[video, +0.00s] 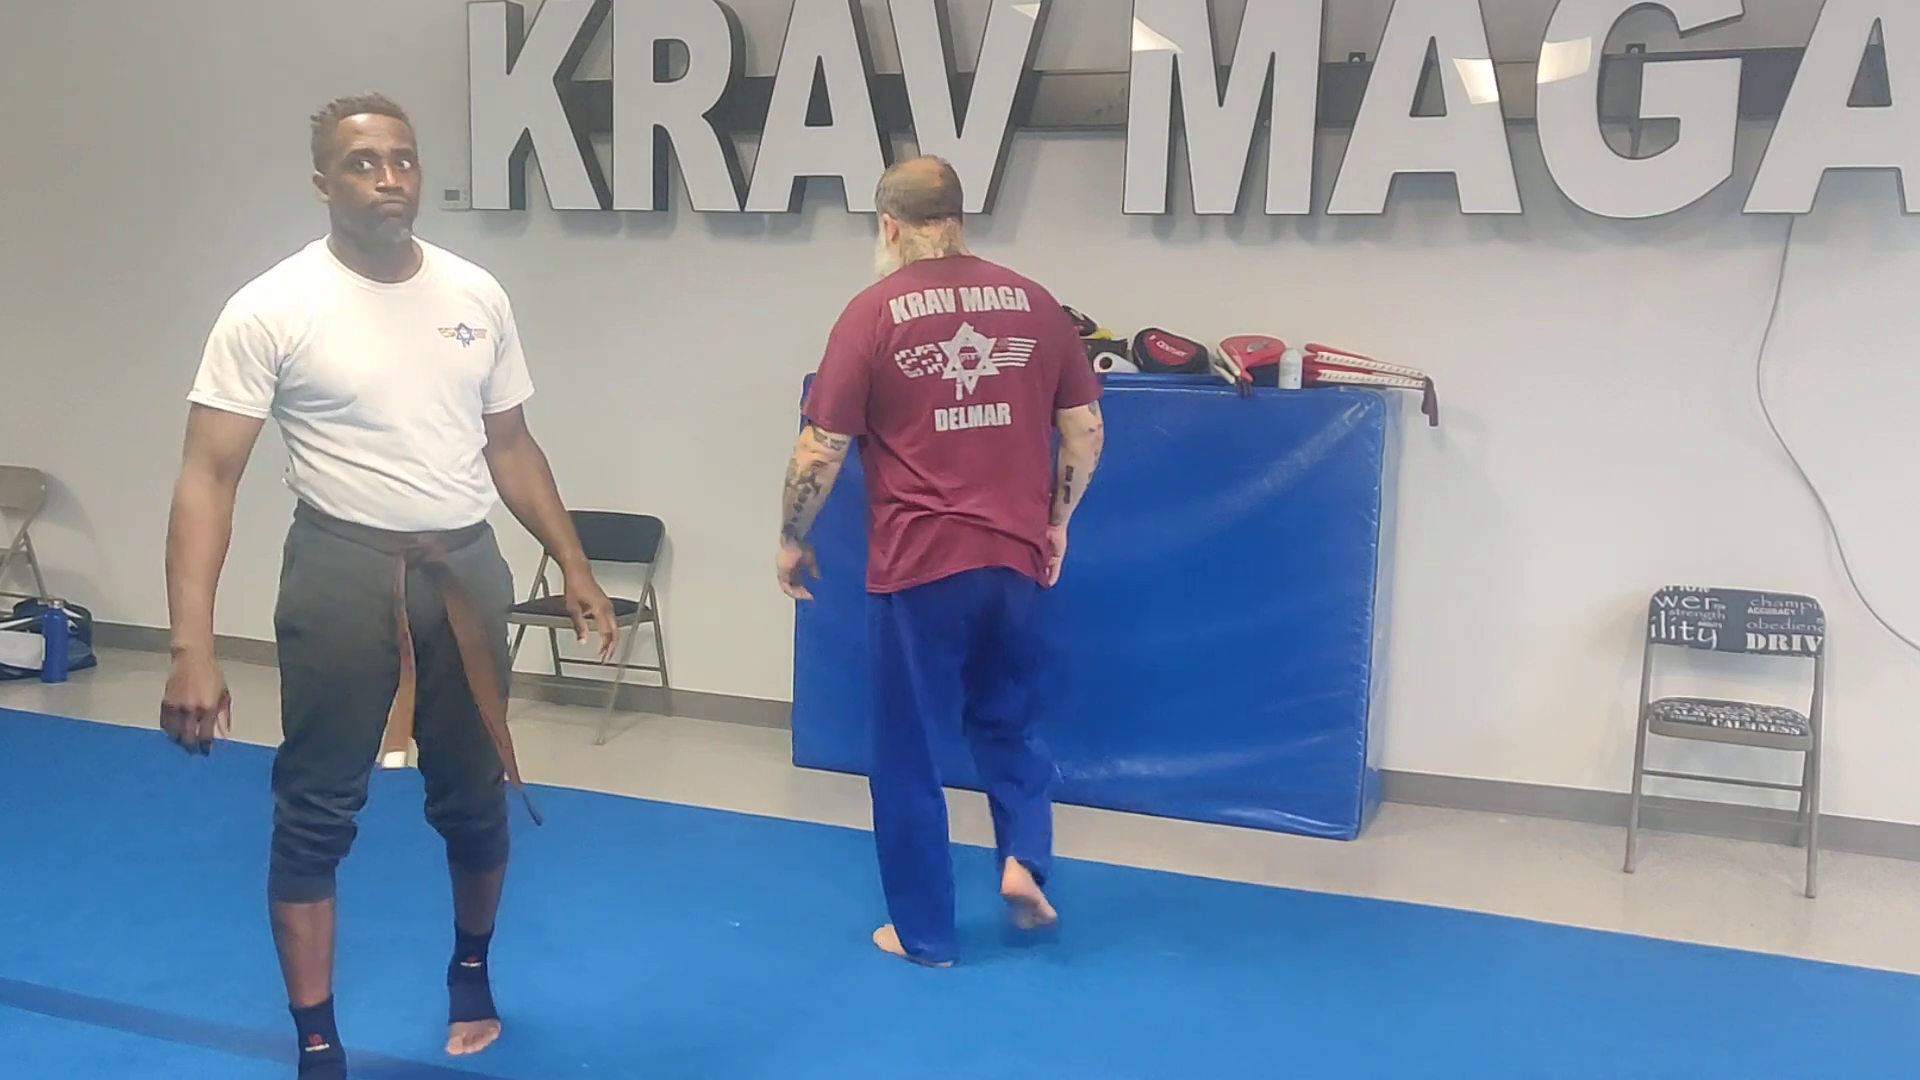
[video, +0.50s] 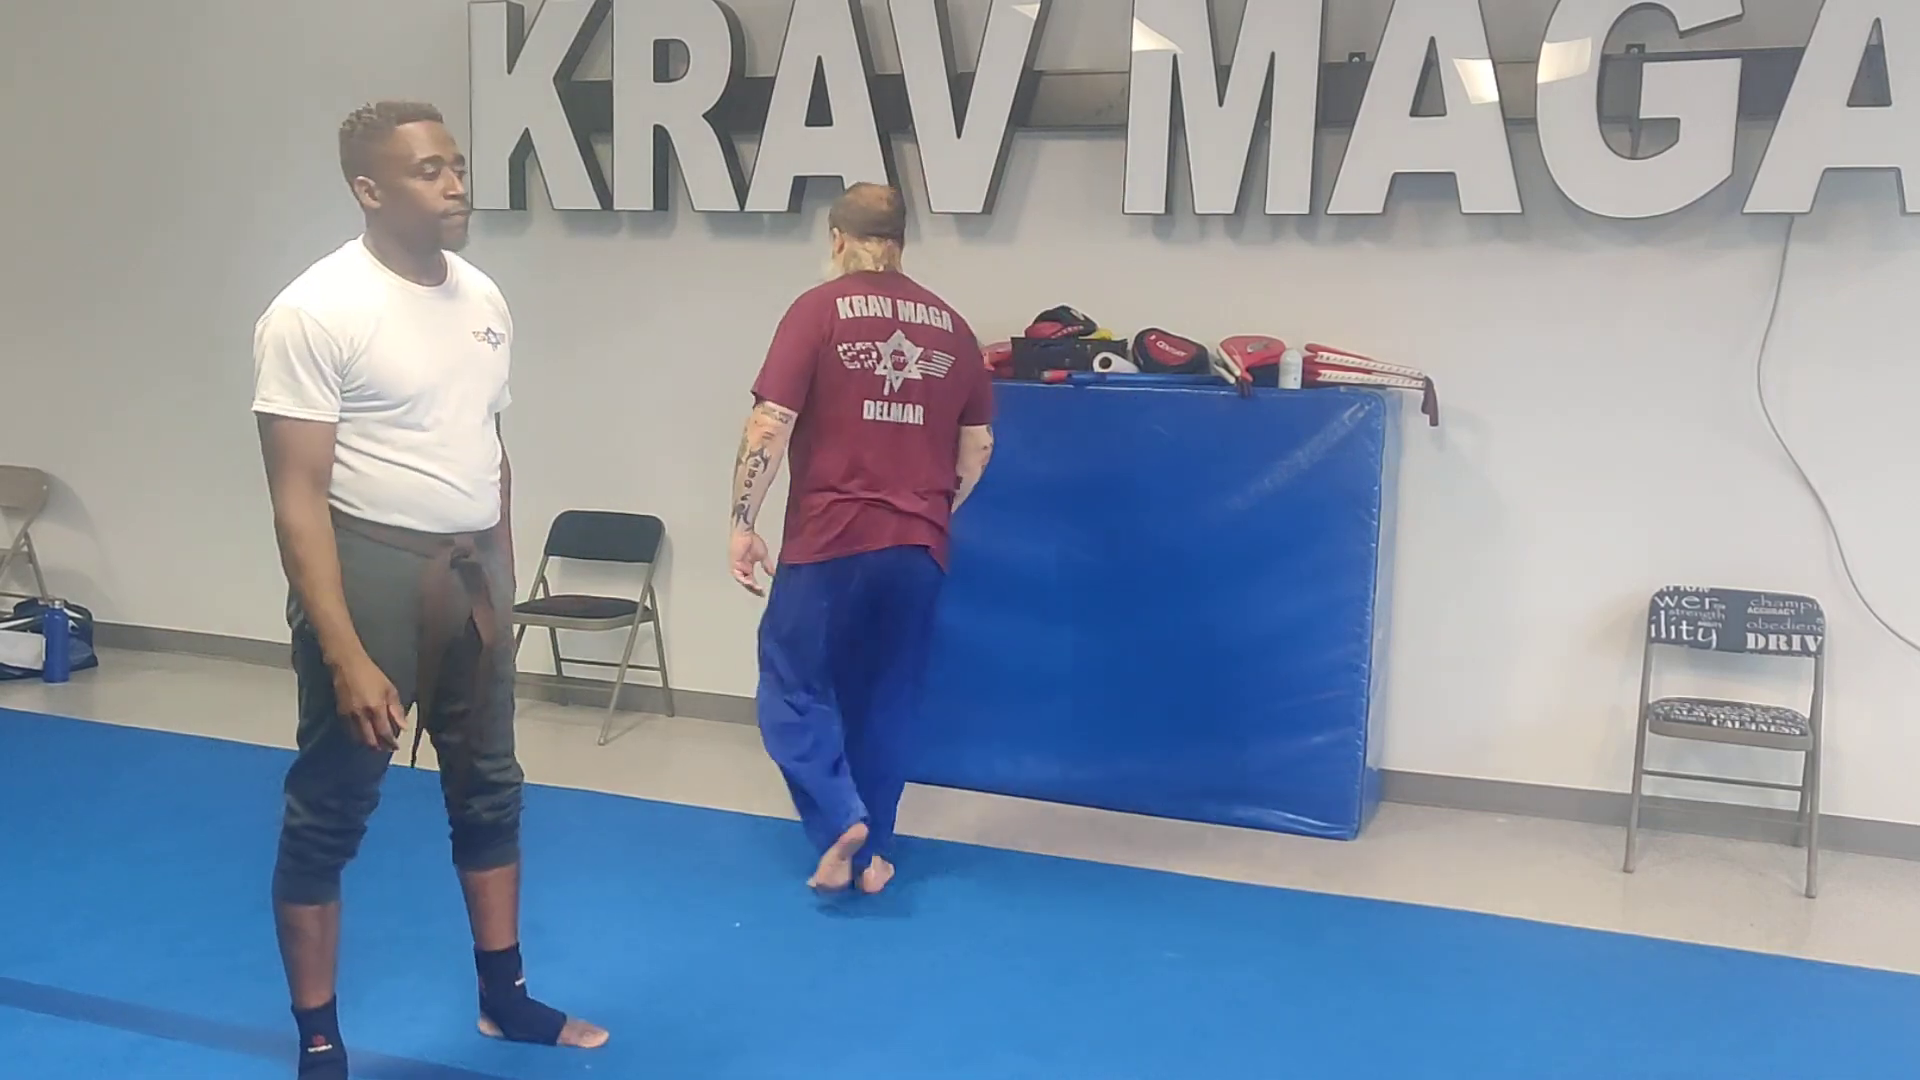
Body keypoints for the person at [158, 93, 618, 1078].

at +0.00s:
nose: (388, 178)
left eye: (402, 159)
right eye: (362, 163)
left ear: (421, 174)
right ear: (322, 183)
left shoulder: (475, 296)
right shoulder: (269, 311)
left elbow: (511, 444)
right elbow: (208, 478)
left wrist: (572, 564)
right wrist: (192, 648)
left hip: (467, 569)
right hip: (341, 571)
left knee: (475, 804)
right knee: (315, 817)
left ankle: (472, 973)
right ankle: (319, 1047)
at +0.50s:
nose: (455, 184)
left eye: (458, 167)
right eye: (429, 171)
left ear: (466, 177)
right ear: (367, 191)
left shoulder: (481, 300)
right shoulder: (310, 313)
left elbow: (492, 454)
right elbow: (298, 498)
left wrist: (503, 584)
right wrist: (347, 657)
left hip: (473, 563)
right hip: (361, 565)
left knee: (489, 783)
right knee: (330, 807)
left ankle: (505, 994)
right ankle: (319, 1041)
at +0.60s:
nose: (479, 185)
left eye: (479, 167)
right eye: (454, 172)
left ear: (481, 178)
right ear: (390, 191)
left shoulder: (496, 301)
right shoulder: (330, 313)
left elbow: (508, 456)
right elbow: (318, 495)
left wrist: (529, 588)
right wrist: (363, 652)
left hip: (492, 568)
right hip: (381, 568)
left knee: (500, 786)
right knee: (342, 807)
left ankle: (506, 994)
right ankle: (322, 1042)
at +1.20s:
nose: (559, 202)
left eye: (562, 185)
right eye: (536, 184)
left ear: (564, 195)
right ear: (473, 197)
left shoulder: (566, 322)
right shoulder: (395, 312)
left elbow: (581, 471)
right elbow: (356, 480)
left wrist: (622, 598)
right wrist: (377, 643)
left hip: (529, 575)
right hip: (431, 569)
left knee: (515, 794)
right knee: (424, 822)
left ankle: (508, 994)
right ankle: (380, 1056)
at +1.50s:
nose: (542, 193)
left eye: (541, 175)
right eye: (517, 176)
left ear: (535, 188)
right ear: (450, 193)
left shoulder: (532, 312)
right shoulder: (377, 308)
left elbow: (531, 473)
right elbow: (342, 494)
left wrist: (555, 605)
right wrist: (359, 668)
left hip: (516, 572)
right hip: (420, 565)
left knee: (515, 793)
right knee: (395, 820)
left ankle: (505, 994)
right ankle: (371, 1061)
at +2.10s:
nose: (527, 191)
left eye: (526, 173)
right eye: (500, 177)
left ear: (525, 181)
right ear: (434, 195)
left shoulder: (542, 304)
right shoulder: (366, 305)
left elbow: (553, 465)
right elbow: (338, 494)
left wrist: (571, 619)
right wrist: (381, 667)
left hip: (526, 571)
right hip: (409, 564)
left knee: (545, 798)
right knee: (386, 818)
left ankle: (539, 1011)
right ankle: (366, 1060)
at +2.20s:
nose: (540, 195)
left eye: (540, 177)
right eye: (515, 179)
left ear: (540, 184)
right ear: (449, 195)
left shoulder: (559, 304)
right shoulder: (379, 305)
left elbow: (571, 466)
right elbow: (348, 492)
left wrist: (595, 611)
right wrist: (385, 660)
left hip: (538, 573)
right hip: (423, 567)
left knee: (553, 800)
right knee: (395, 815)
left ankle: (540, 1012)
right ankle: (367, 1058)